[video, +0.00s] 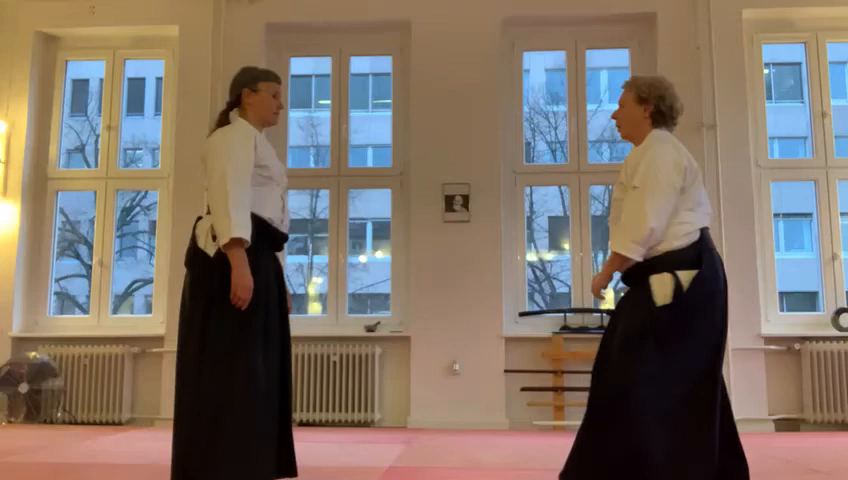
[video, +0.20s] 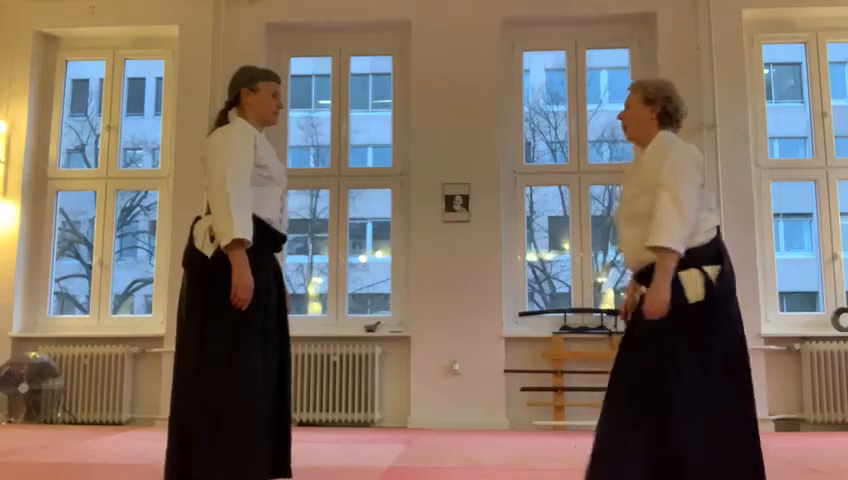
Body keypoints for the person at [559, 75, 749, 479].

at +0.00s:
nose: (614, 113)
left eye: (622, 104)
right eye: (617, 104)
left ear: (647, 110)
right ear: (647, 112)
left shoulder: (661, 151)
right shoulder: (651, 152)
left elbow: (647, 226)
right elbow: (645, 226)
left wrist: (607, 271)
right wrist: (618, 267)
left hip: (678, 277)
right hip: (667, 275)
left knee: (628, 381)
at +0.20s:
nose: (621, 114)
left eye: (628, 106)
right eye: (623, 107)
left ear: (652, 110)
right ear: (649, 111)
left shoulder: (674, 152)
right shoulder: (647, 159)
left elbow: (675, 218)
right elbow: (648, 226)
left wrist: (661, 281)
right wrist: (636, 282)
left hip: (691, 278)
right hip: (664, 281)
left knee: (684, 390)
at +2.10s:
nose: (644, 112)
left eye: (653, 104)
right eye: (648, 105)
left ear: (677, 110)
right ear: (673, 111)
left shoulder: (690, 148)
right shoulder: (669, 157)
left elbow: (692, 214)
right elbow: (666, 225)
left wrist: (676, 276)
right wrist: (645, 284)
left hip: (693, 280)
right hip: (666, 282)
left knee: (694, 389)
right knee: (663, 392)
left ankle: (705, 472)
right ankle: (667, 471)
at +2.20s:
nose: (646, 112)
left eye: (655, 105)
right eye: (649, 105)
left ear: (679, 111)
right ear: (675, 112)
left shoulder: (689, 148)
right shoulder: (671, 156)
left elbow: (697, 214)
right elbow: (680, 218)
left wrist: (684, 278)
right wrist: (659, 281)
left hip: (689, 284)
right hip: (667, 284)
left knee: (693, 391)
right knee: (665, 393)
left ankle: (702, 473)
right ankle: (670, 472)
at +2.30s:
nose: (647, 112)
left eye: (656, 105)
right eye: (650, 105)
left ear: (680, 111)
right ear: (676, 113)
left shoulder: (689, 149)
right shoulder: (672, 155)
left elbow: (699, 214)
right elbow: (682, 218)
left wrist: (687, 278)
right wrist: (660, 281)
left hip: (688, 284)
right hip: (668, 283)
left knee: (693, 393)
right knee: (666, 395)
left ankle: (703, 474)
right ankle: (671, 472)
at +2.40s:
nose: (647, 113)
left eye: (656, 106)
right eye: (650, 106)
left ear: (681, 112)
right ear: (677, 113)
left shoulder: (690, 149)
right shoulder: (673, 156)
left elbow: (697, 213)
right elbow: (681, 217)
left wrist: (684, 277)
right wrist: (660, 280)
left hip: (688, 284)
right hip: (669, 283)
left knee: (692, 392)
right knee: (669, 394)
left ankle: (700, 473)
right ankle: (674, 472)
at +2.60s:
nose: (647, 114)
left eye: (656, 107)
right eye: (649, 107)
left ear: (681, 112)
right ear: (675, 114)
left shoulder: (692, 150)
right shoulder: (672, 157)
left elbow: (690, 216)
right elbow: (675, 219)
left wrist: (667, 277)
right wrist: (652, 275)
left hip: (691, 280)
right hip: (669, 281)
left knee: (693, 391)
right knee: (670, 392)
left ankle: (702, 473)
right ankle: (673, 472)